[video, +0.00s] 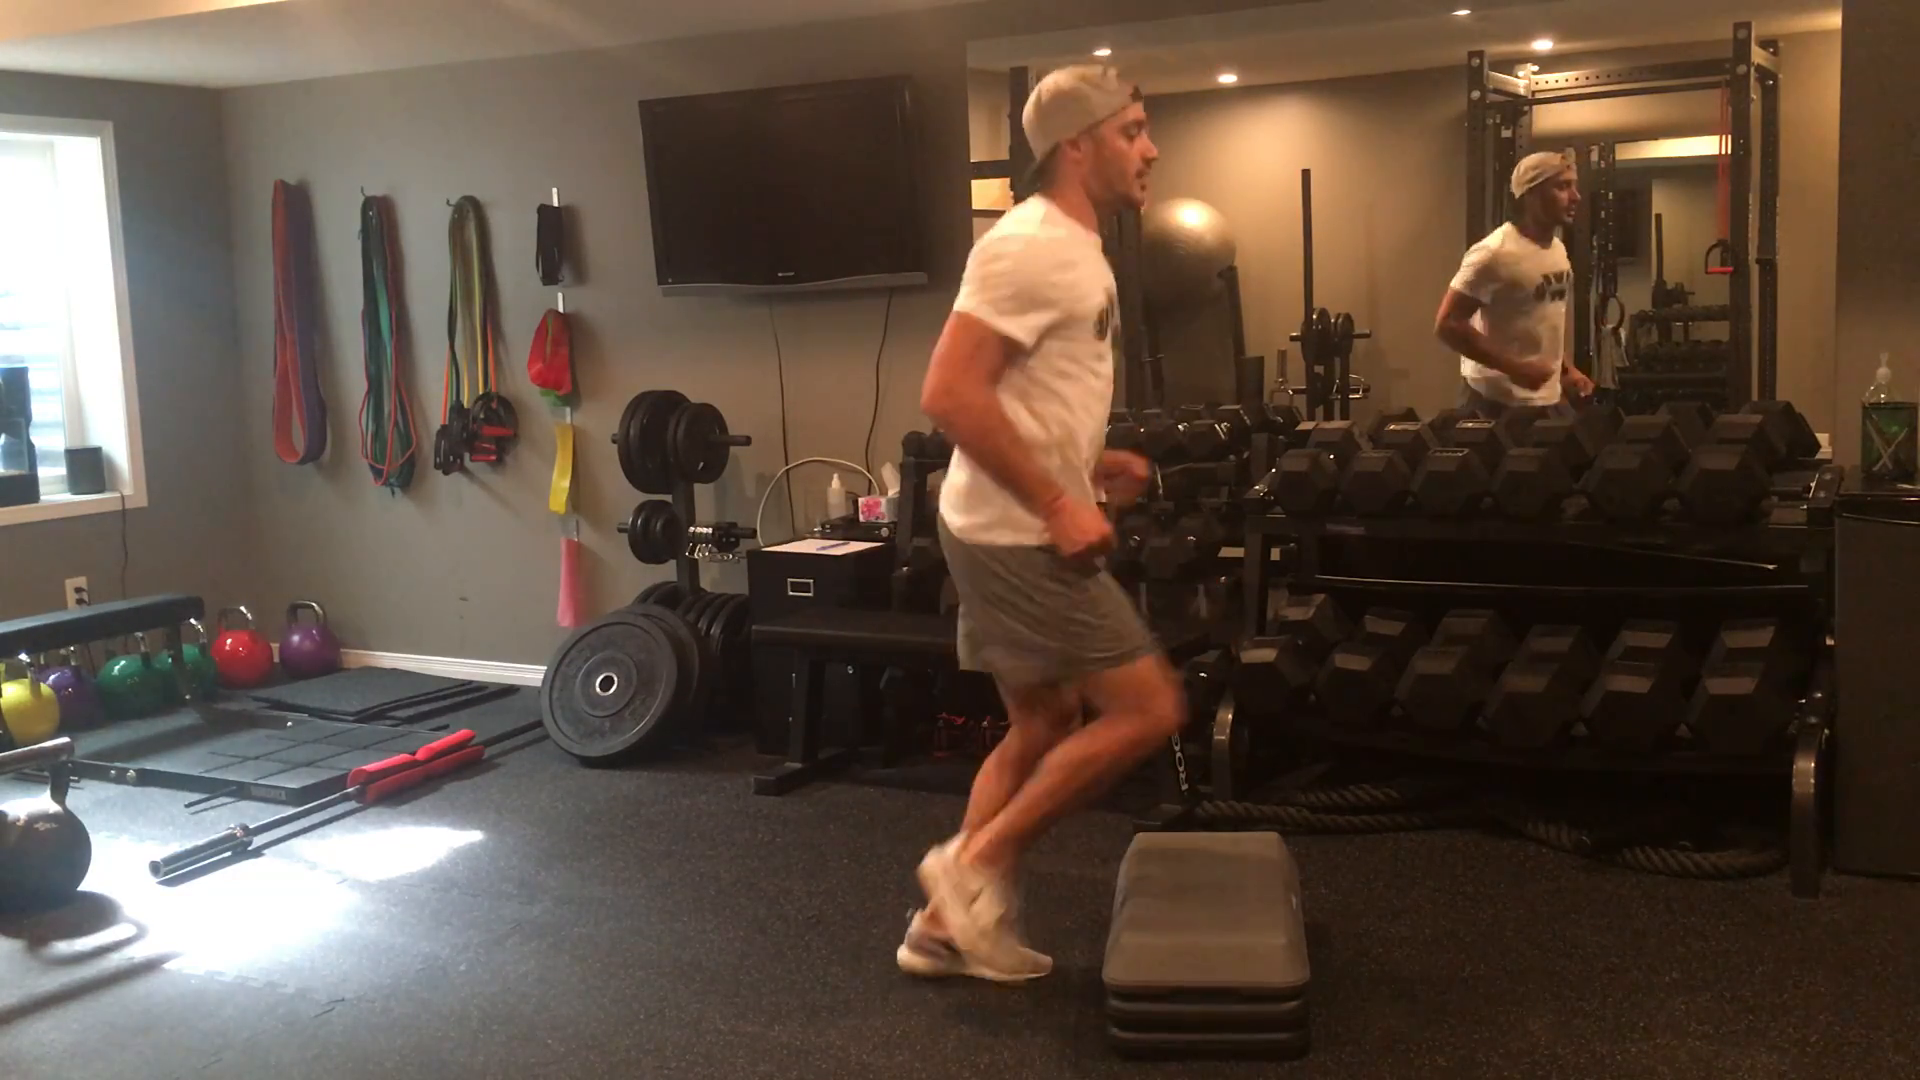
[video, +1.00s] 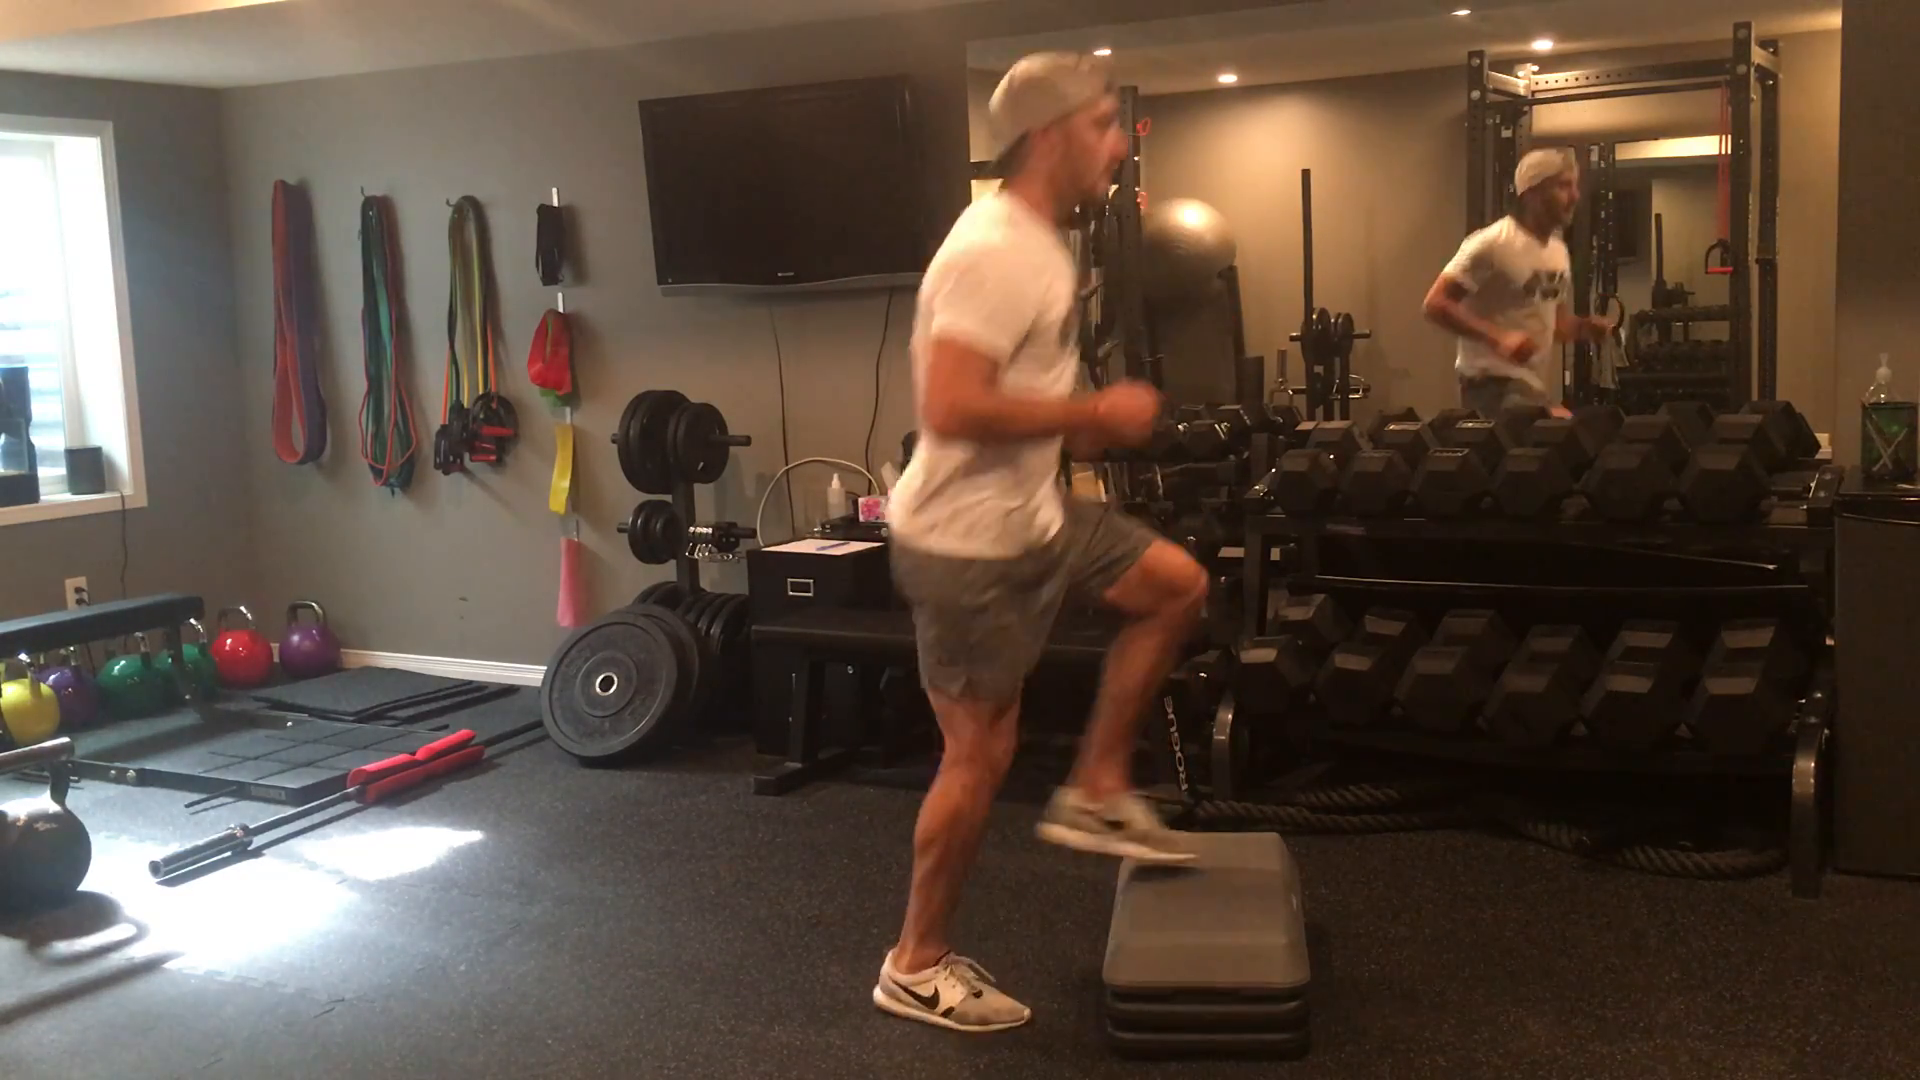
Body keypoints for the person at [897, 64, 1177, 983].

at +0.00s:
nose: (1148, 149)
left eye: (1145, 131)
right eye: (1132, 133)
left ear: (1083, 150)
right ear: (1078, 147)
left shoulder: (1070, 248)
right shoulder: (1031, 244)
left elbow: (1004, 399)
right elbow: (951, 393)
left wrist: (1090, 459)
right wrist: (1056, 503)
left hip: (1014, 524)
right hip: (1011, 526)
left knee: (1042, 726)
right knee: (1147, 706)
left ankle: (945, 921)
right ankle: (974, 862)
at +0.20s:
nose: (1169, 100)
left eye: (1162, 83)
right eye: (1151, 84)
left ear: (1105, 108)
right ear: (1098, 106)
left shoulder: (1108, 212)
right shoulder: (1052, 206)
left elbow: (1058, 348)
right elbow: (963, 340)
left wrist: (1152, 363)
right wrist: (1088, 423)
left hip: (1023, 488)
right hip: (1046, 489)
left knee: (1036, 680)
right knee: (1231, 617)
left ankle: (964, 895)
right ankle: (1135, 822)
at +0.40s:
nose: (1195, 56)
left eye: (1190, 37)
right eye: (1176, 37)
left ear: (1125, 62)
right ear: (1119, 58)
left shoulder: (1120, 164)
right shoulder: (1085, 163)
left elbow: (1081, 321)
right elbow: (1048, 327)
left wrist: (1172, 370)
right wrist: (1184, 358)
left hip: (1098, 446)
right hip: (1083, 450)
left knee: (1170, 625)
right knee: (1212, 632)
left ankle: (1037, 778)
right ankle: (1143, 851)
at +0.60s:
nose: (1206, 8)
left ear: (1138, 11)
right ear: (1132, 3)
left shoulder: (1130, 105)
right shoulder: (1081, 95)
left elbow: (1075, 254)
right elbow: (1028, 255)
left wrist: (1158, 312)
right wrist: (1161, 305)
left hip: (1108, 390)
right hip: (1064, 394)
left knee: (1173, 593)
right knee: (1161, 597)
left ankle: (1153, 804)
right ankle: (1097, 826)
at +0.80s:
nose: (1177, 61)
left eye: (1173, 42)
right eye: (1159, 41)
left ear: (1118, 62)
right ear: (1099, 58)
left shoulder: (1110, 171)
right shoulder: (1051, 164)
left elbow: (1055, 316)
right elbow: (982, 312)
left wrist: (1142, 359)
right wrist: (1124, 361)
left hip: (1099, 452)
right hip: (1039, 459)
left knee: (1182, 612)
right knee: (1110, 664)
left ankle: (1144, 830)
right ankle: (968, 859)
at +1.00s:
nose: (1119, 142)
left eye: (1116, 123)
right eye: (1104, 124)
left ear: (1051, 140)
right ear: (1047, 139)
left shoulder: (1042, 238)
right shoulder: (988, 248)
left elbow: (1001, 390)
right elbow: (948, 407)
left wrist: (1081, 416)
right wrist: (1090, 412)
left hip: (1034, 512)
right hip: (963, 538)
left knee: (1175, 586)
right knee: (976, 759)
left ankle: (1096, 791)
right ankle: (915, 959)